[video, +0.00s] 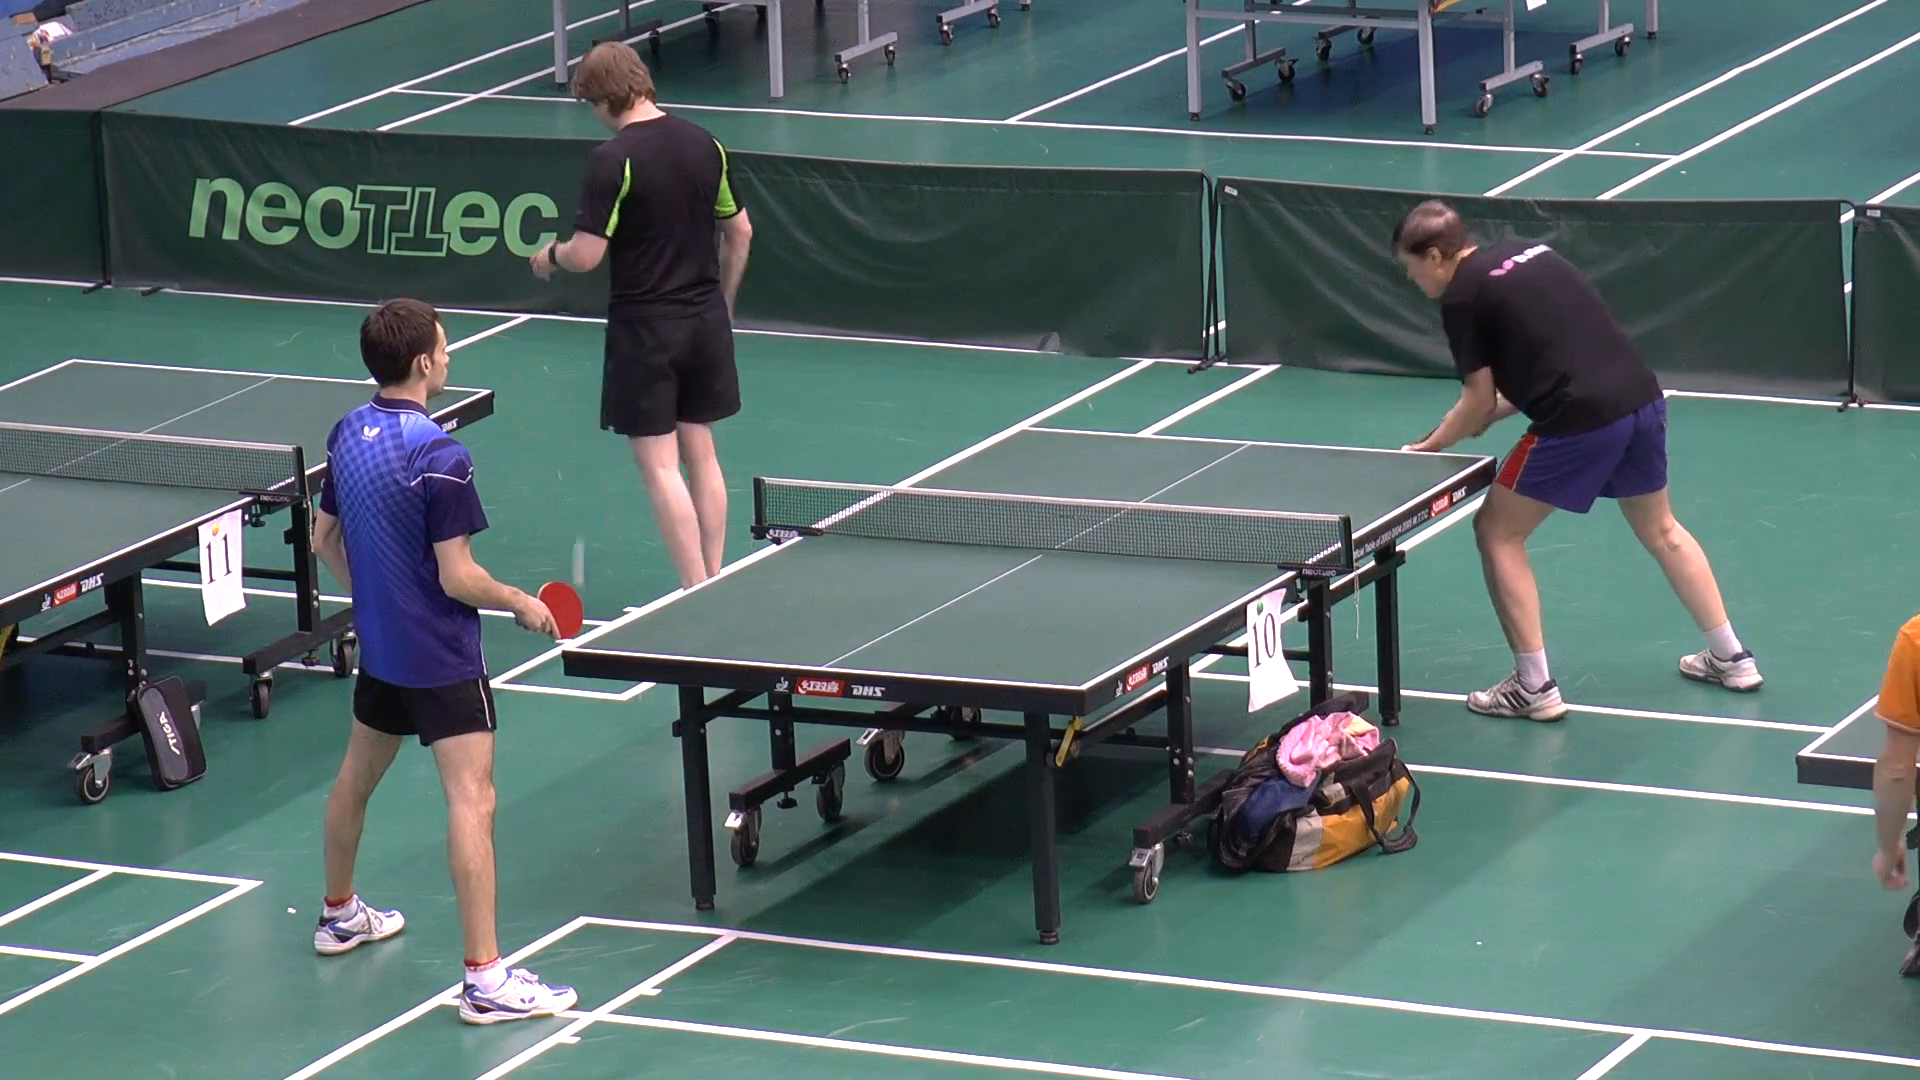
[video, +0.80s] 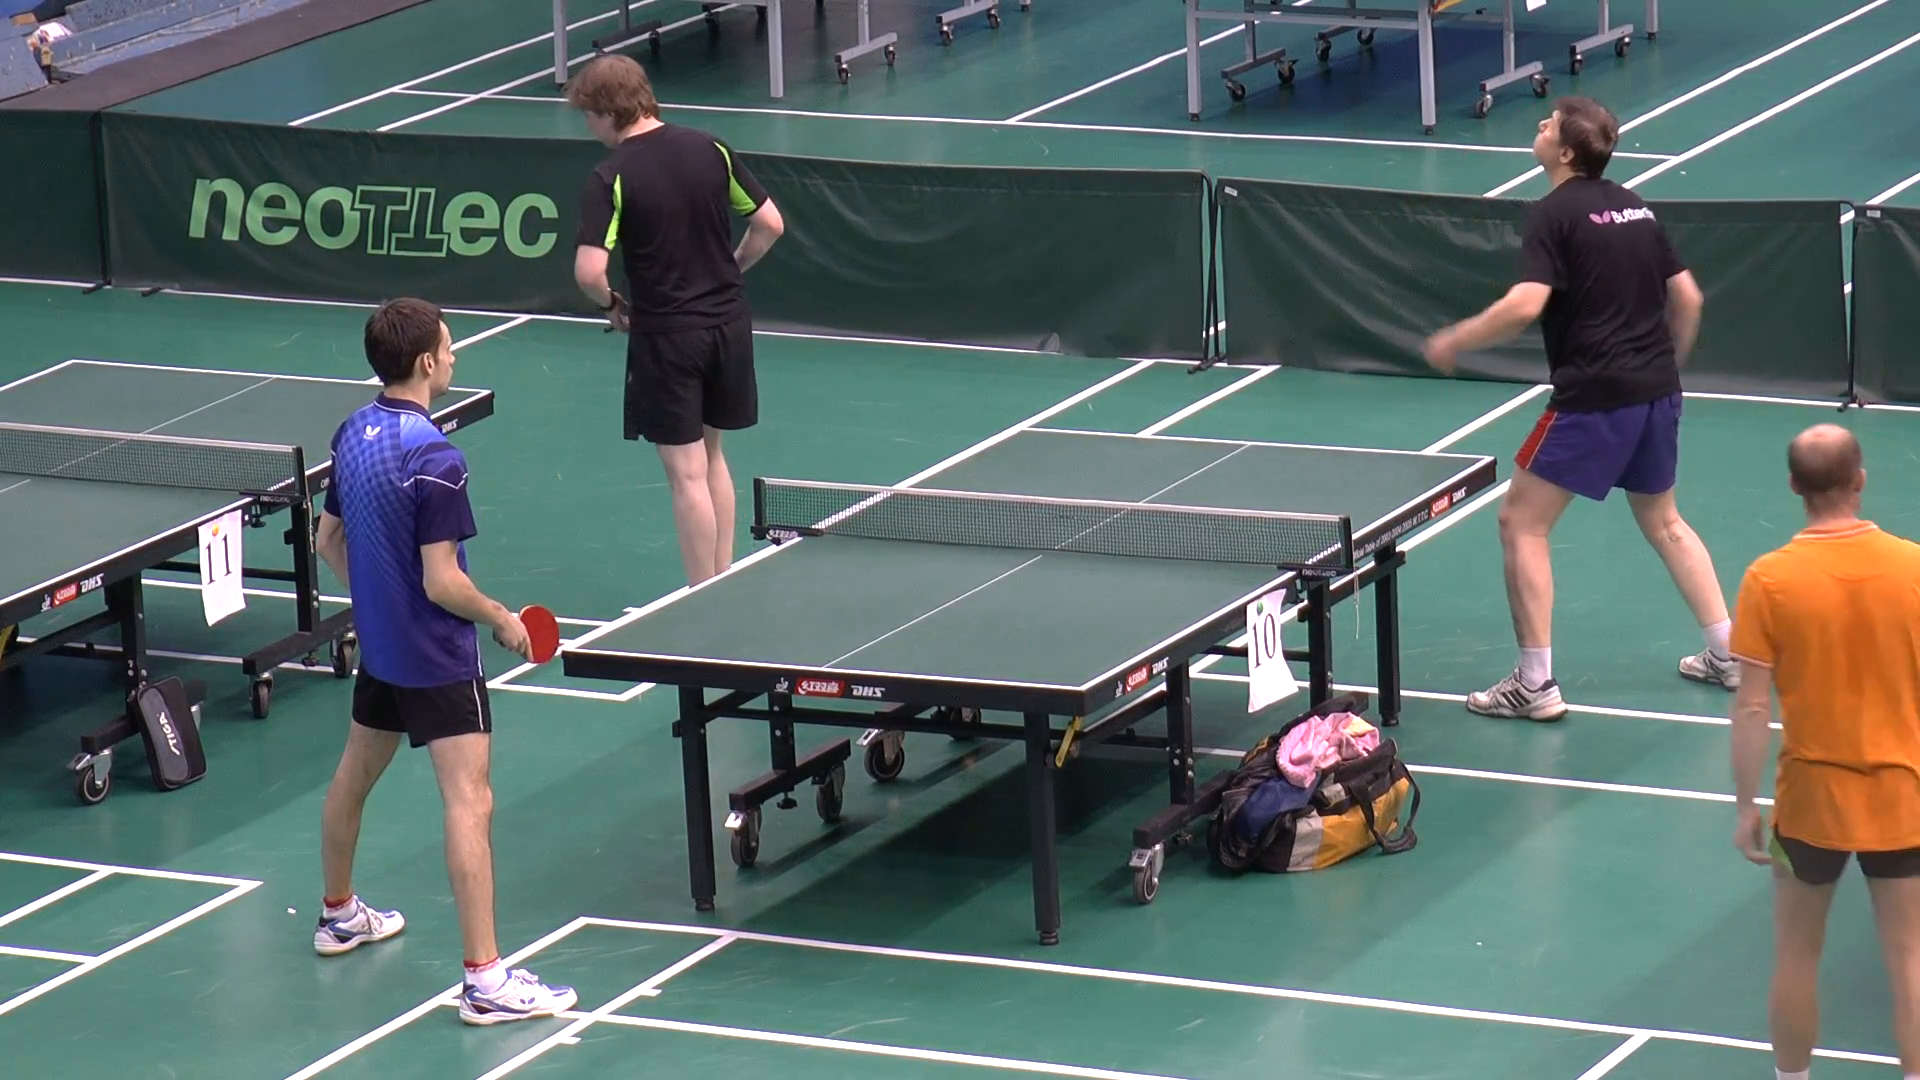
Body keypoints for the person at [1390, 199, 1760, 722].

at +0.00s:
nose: (1414, 279)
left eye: (1411, 267)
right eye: (1408, 269)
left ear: (1436, 256)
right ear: (1461, 243)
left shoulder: (1461, 296)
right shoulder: (1528, 253)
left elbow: (1480, 401)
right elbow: (1546, 361)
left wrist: (1442, 438)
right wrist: (1484, 416)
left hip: (1579, 419)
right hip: (1643, 399)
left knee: (1497, 532)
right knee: (1662, 529)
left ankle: (1533, 685)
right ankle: (1731, 655)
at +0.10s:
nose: (1431, 251)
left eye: (1433, 239)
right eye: (1429, 240)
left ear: (1460, 233)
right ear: (1482, 225)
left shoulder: (1482, 281)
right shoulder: (1551, 243)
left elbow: (1473, 386)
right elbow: (1557, 345)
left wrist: (1415, 424)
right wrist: (1486, 387)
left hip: (1585, 419)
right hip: (1649, 401)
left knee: (1501, 530)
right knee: (1659, 529)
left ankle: (1533, 684)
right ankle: (1731, 656)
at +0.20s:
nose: (1452, 222)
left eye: (1456, 211)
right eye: (1451, 211)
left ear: (1487, 209)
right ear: (1511, 203)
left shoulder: (1500, 262)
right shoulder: (1571, 229)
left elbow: (1447, 337)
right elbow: (1526, 331)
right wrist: (1440, 324)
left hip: (1589, 416)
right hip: (1652, 402)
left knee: (1506, 530)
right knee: (1659, 527)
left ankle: (1534, 684)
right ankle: (1733, 656)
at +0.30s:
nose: (1470, 189)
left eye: (1475, 179)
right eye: (1472, 178)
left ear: (1501, 185)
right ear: (1531, 184)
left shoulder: (1508, 233)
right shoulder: (1581, 219)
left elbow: (1418, 269)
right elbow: (1507, 300)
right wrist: (1446, 241)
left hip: (1591, 411)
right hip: (1654, 400)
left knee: (1511, 526)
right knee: (1660, 524)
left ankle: (1534, 684)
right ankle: (1731, 655)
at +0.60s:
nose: (1522, 137)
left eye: (1531, 132)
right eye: (1528, 129)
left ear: (1550, 154)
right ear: (1574, 158)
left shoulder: (1542, 218)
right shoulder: (1608, 205)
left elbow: (1458, 286)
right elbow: (1550, 292)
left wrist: (1391, 236)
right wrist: (1485, 257)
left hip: (1591, 404)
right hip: (1652, 395)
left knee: (1514, 523)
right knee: (1660, 524)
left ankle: (1534, 682)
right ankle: (1730, 655)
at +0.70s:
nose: (1532, 133)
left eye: (1541, 129)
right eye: (1538, 125)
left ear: (1558, 152)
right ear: (1587, 156)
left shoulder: (1548, 218)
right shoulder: (1621, 207)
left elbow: (1494, 305)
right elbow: (1624, 307)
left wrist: (1420, 288)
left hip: (1591, 403)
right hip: (1654, 394)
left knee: (1516, 523)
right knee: (1661, 523)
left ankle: (1534, 681)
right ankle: (1730, 654)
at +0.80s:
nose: (1539, 130)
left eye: (1547, 126)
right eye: (1545, 122)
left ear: (1564, 148)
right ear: (1595, 153)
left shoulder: (1552, 214)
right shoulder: (1634, 205)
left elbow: (1525, 305)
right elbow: (1687, 298)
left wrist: (1452, 339)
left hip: (1594, 399)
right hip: (1658, 394)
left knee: (1522, 521)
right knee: (1663, 520)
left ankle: (1534, 682)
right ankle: (1727, 651)